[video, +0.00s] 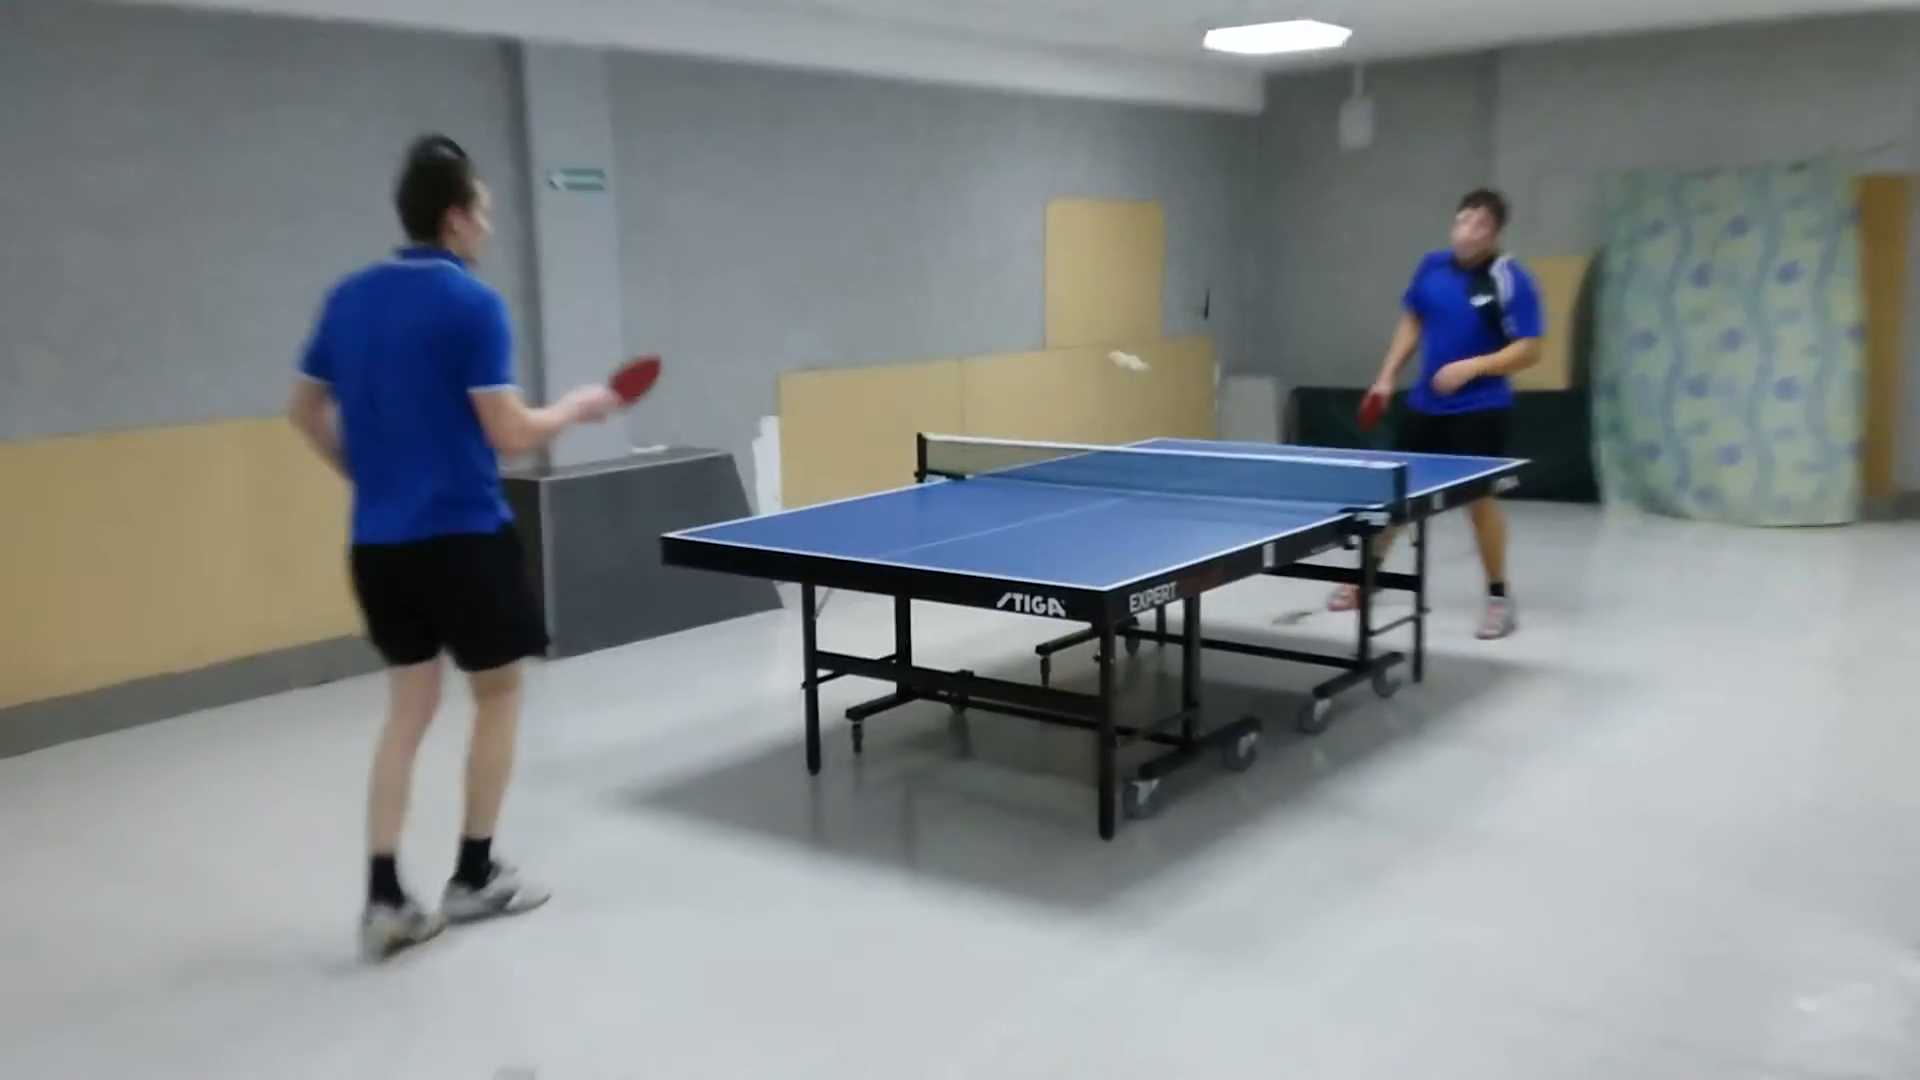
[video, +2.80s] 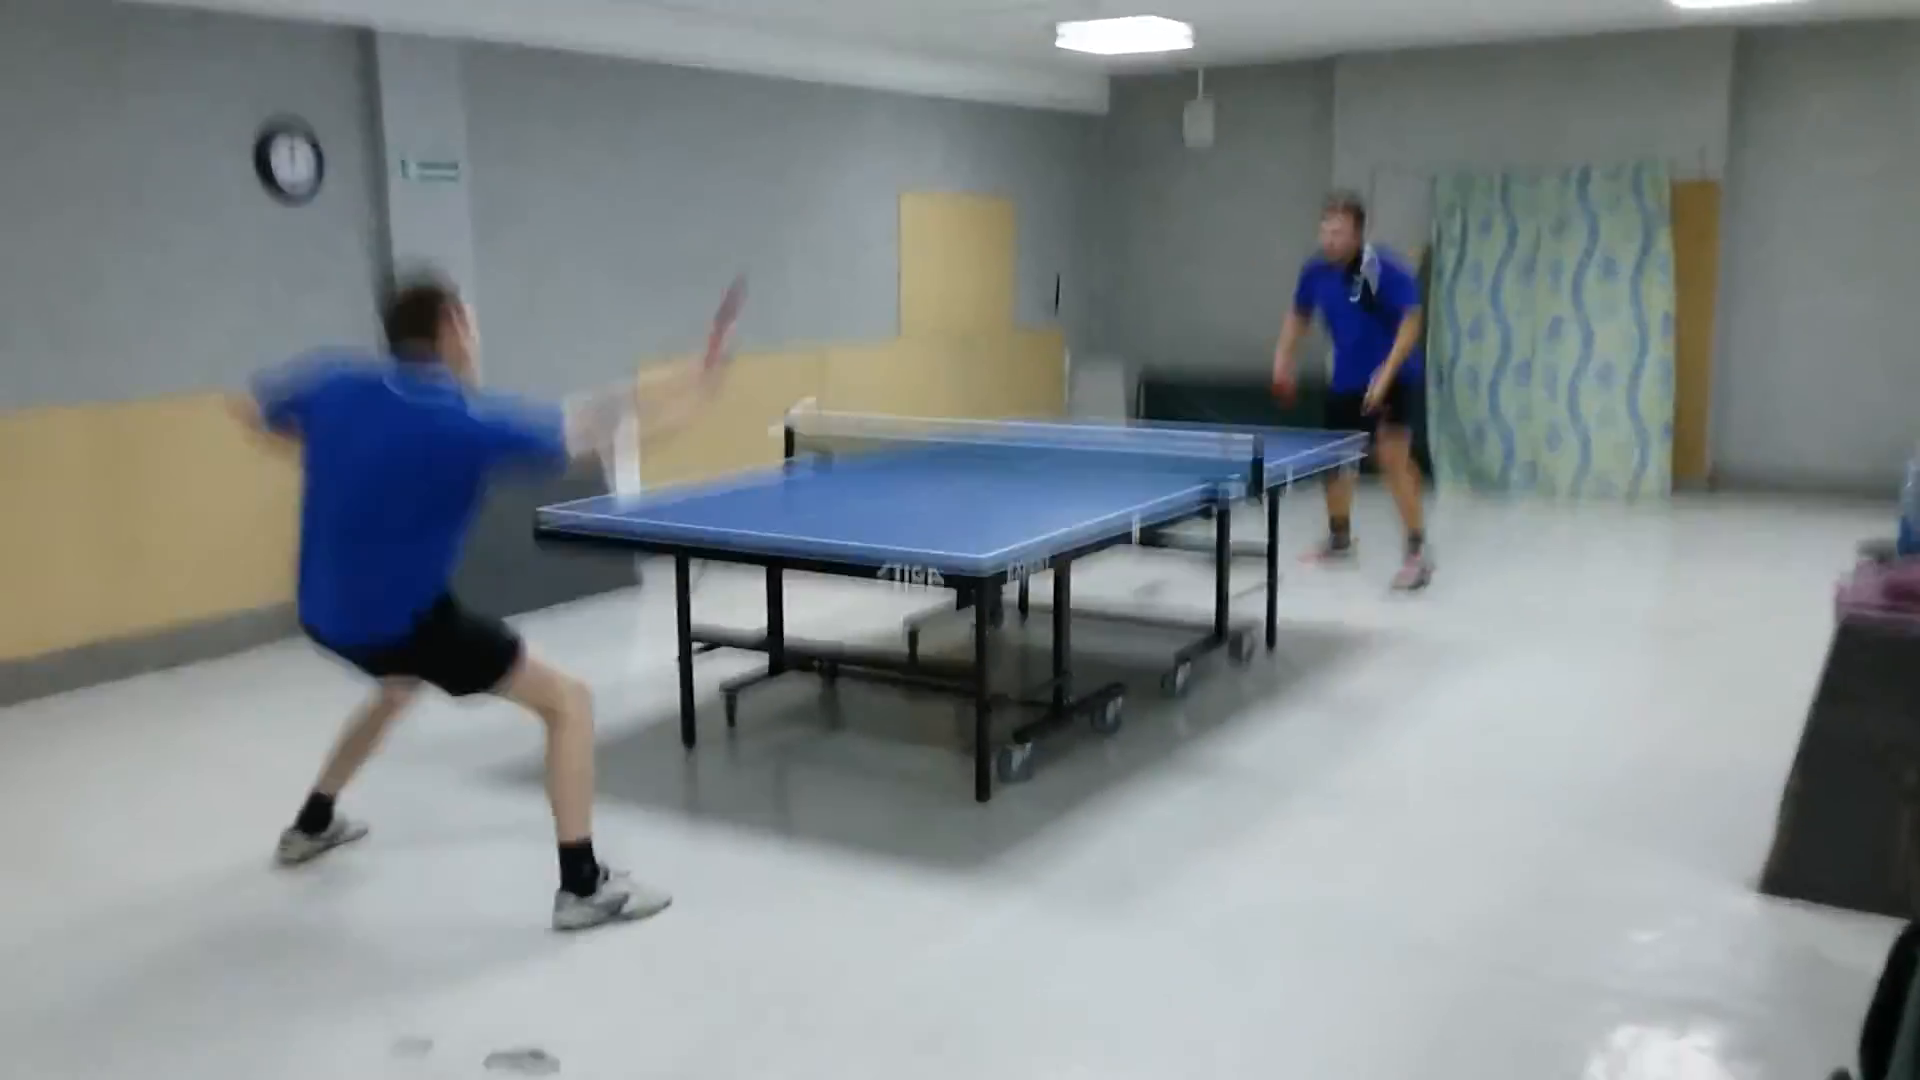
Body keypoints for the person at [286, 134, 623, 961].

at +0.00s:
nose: (488, 223)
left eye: (484, 208)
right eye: (481, 209)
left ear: (413, 215)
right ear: (456, 214)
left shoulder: (349, 297)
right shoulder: (472, 303)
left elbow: (305, 408)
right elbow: (510, 433)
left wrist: (363, 472)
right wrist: (578, 407)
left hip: (380, 543)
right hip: (467, 537)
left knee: (411, 698)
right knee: (498, 693)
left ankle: (383, 896)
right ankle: (475, 874)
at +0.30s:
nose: (502, 242)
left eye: (500, 228)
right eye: (498, 228)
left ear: (425, 235)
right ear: (471, 231)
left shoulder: (368, 316)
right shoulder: (487, 311)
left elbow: (320, 433)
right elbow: (497, 449)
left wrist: (383, 494)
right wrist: (567, 462)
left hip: (403, 564)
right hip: (489, 555)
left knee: (403, 734)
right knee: (603, 690)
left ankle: (388, 921)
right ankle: (588, 881)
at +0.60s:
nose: (592, 249)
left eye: (586, 235)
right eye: (588, 238)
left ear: (515, 251)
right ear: (575, 248)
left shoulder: (457, 327)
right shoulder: (599, 349)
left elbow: (395, 437)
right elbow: (612, 495)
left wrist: (453, 504)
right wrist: (658, 512)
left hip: (467, 578)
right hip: (557, 581)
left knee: (477, 710)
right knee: (632, 738)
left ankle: (400, 891)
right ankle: (624, 941)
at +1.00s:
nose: (669, 318)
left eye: (666, 304)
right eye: (667, 305)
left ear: (596, 303)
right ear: (650, 311)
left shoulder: (526, 348)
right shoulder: (628, 407)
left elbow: (442, 429)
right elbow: (627, 556)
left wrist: (497, 495)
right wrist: (702, 560)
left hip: (456, 582)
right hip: (534, 600)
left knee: (478, 696)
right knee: (641, 742)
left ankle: (435, 846)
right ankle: (623, 942)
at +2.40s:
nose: (552, 379)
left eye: (549, 366)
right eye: (549, 367)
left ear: (480, 370)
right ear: (532, 371)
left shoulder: (418, 419)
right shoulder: (525, 447)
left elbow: (399, 512)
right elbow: (596, 562)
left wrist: (480, 552)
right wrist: (615, 522)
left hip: (330, 620)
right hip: (408, 628)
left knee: (400, 708)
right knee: (567, 715)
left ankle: (305, 842)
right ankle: (574, 900)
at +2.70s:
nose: (511, 393)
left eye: (510, 381)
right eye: (509, 381)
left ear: (438, 386)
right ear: (493, 382)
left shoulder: (381, 437)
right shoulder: (485, 473)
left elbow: (326, 509)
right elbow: (600, 566)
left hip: (338, 658)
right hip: (409, 666)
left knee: (425, 706)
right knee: (588, 709)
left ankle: (306, 836)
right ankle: (576, 899)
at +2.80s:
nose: (472, 338)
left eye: (467, 324)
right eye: (467, 325)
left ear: (398, 334)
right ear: (450, 331)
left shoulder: (340, 385)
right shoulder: (464, 419)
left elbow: (252, 408)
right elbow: (581, 429)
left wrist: (313, 444)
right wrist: (694, 383)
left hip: (326, 615)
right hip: (406, 624)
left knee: (401, 681)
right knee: (567, 702)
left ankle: (311, 823)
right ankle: (582, 884)